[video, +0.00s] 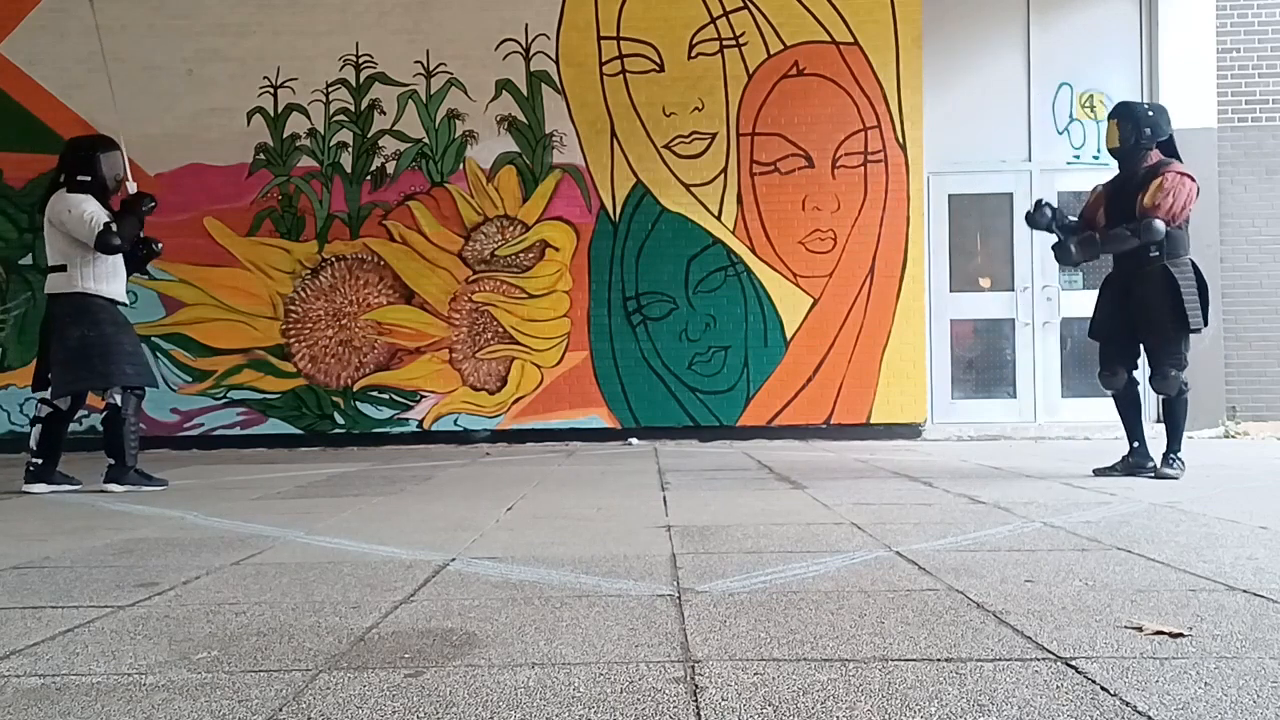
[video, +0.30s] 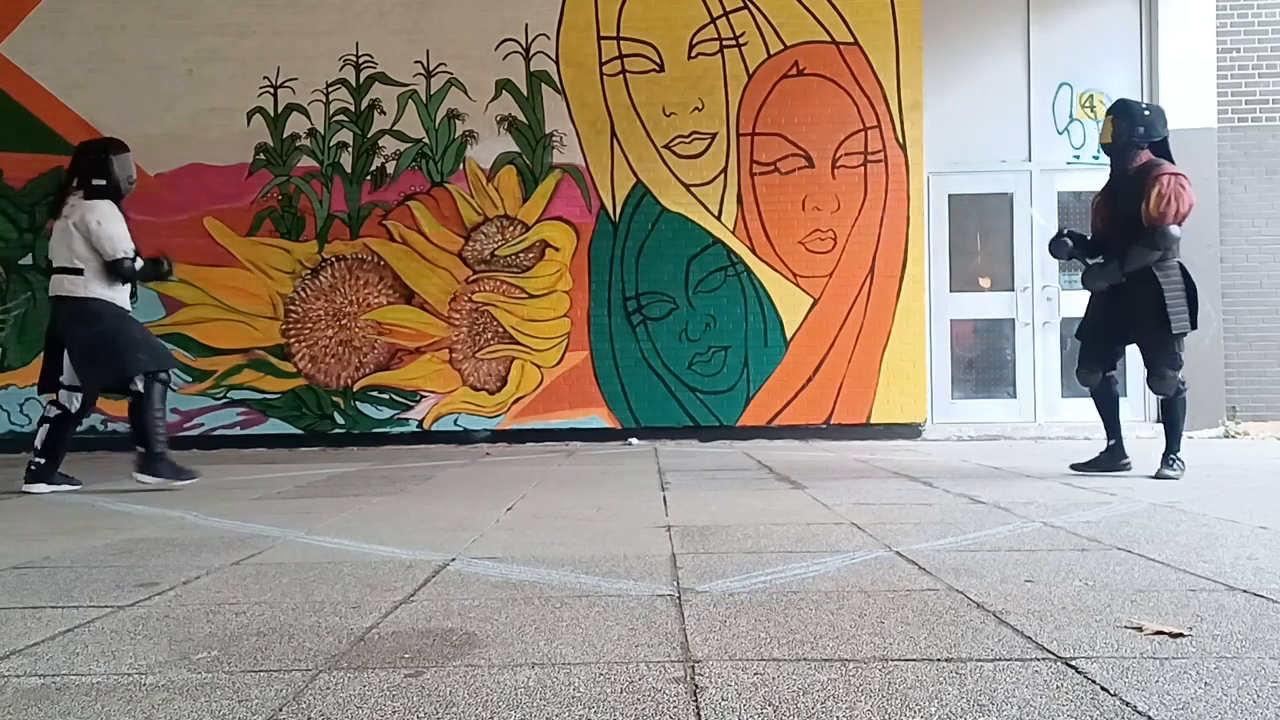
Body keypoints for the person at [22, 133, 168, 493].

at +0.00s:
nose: (119, 174)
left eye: (118, 165)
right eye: (113, 165)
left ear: (79, 167)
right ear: (93, 166)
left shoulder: (88, 206)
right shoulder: (72, 202)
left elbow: (101, 268)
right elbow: (111, 238)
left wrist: (138, 258)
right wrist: (134, 210)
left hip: (73, 306)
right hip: (88, 306)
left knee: (66, 391)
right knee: (129, 382)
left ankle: (41, 470)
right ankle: (124, 468)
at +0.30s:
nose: (132, 176)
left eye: (131, 168)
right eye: (125, 168)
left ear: (88, 172)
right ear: (105, 171)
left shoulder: (70, 207)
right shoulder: (100, 210)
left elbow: (82, 265)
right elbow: (123, 266)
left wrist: (139, 266)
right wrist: (156, 268)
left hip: (67, 311)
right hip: (94, 313)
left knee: (72, 395)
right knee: (153, 367)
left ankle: (41, 471)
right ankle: (154, 459)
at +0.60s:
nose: (181, 182)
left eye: (179, 174)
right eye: (174, 174)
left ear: (136, 183)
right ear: (155, 181)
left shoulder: (115, 219)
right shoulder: (158, 225)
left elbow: (88, 264)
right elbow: (178, 284)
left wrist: (120, 285)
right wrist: (194, 312)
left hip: (113, 323)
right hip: (146, 326)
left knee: (95, 399)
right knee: (207, 377)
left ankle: (46, 466)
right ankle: (212, 466)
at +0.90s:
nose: (252, 178)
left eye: (250, 170)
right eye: (246, 170)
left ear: (202, 175)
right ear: (232, 176)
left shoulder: (182, 212)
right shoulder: (231, 217)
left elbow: (152, 267)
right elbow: (248, 282)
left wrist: (189, 275)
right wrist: (264, 287)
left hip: (179, 313)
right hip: (211, 315)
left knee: (233, 386)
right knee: (255, 387)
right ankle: (217, 470)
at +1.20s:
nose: (307, 186)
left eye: (304, 177)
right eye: (300, 177)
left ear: (265, 185)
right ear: (283, 183)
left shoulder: (250, 220)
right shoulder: (283, 225)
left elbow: (254, 280)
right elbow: (292, 287)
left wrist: (313, 300)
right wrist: (321, 303)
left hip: (243, 319)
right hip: (268, 321)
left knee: (296, 385)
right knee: (320, 381)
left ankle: (291, 463)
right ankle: (252, 445)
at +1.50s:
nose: (360, 195)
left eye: (357, 187)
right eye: (352, 188)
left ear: (323, 198)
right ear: (332, 196)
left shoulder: (311, 231)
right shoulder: (328, 237)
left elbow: (326, 296)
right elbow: (330, 298)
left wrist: (362, 323)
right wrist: (375, 322)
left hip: (301, 330)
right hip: (317, 331)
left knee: (340, 401)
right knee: (372, 384)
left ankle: (292, 462)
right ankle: (398, 460)